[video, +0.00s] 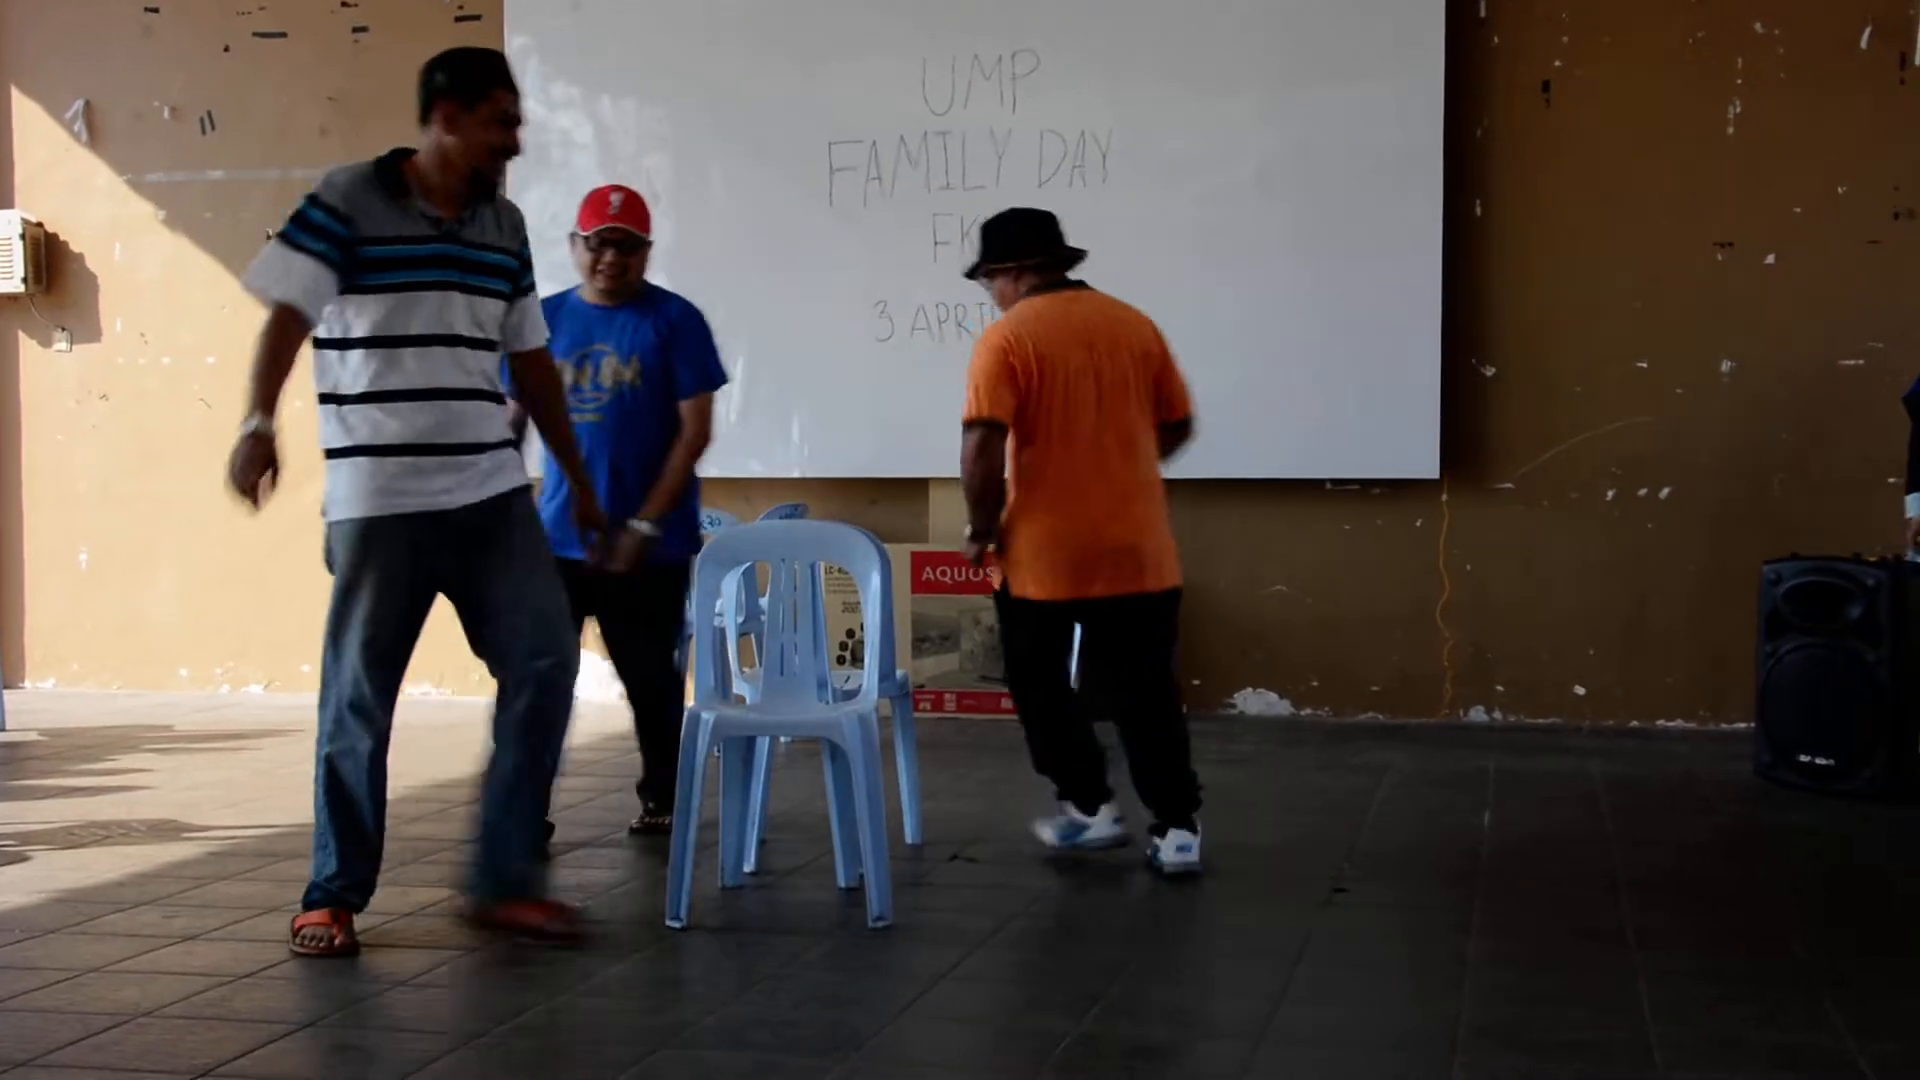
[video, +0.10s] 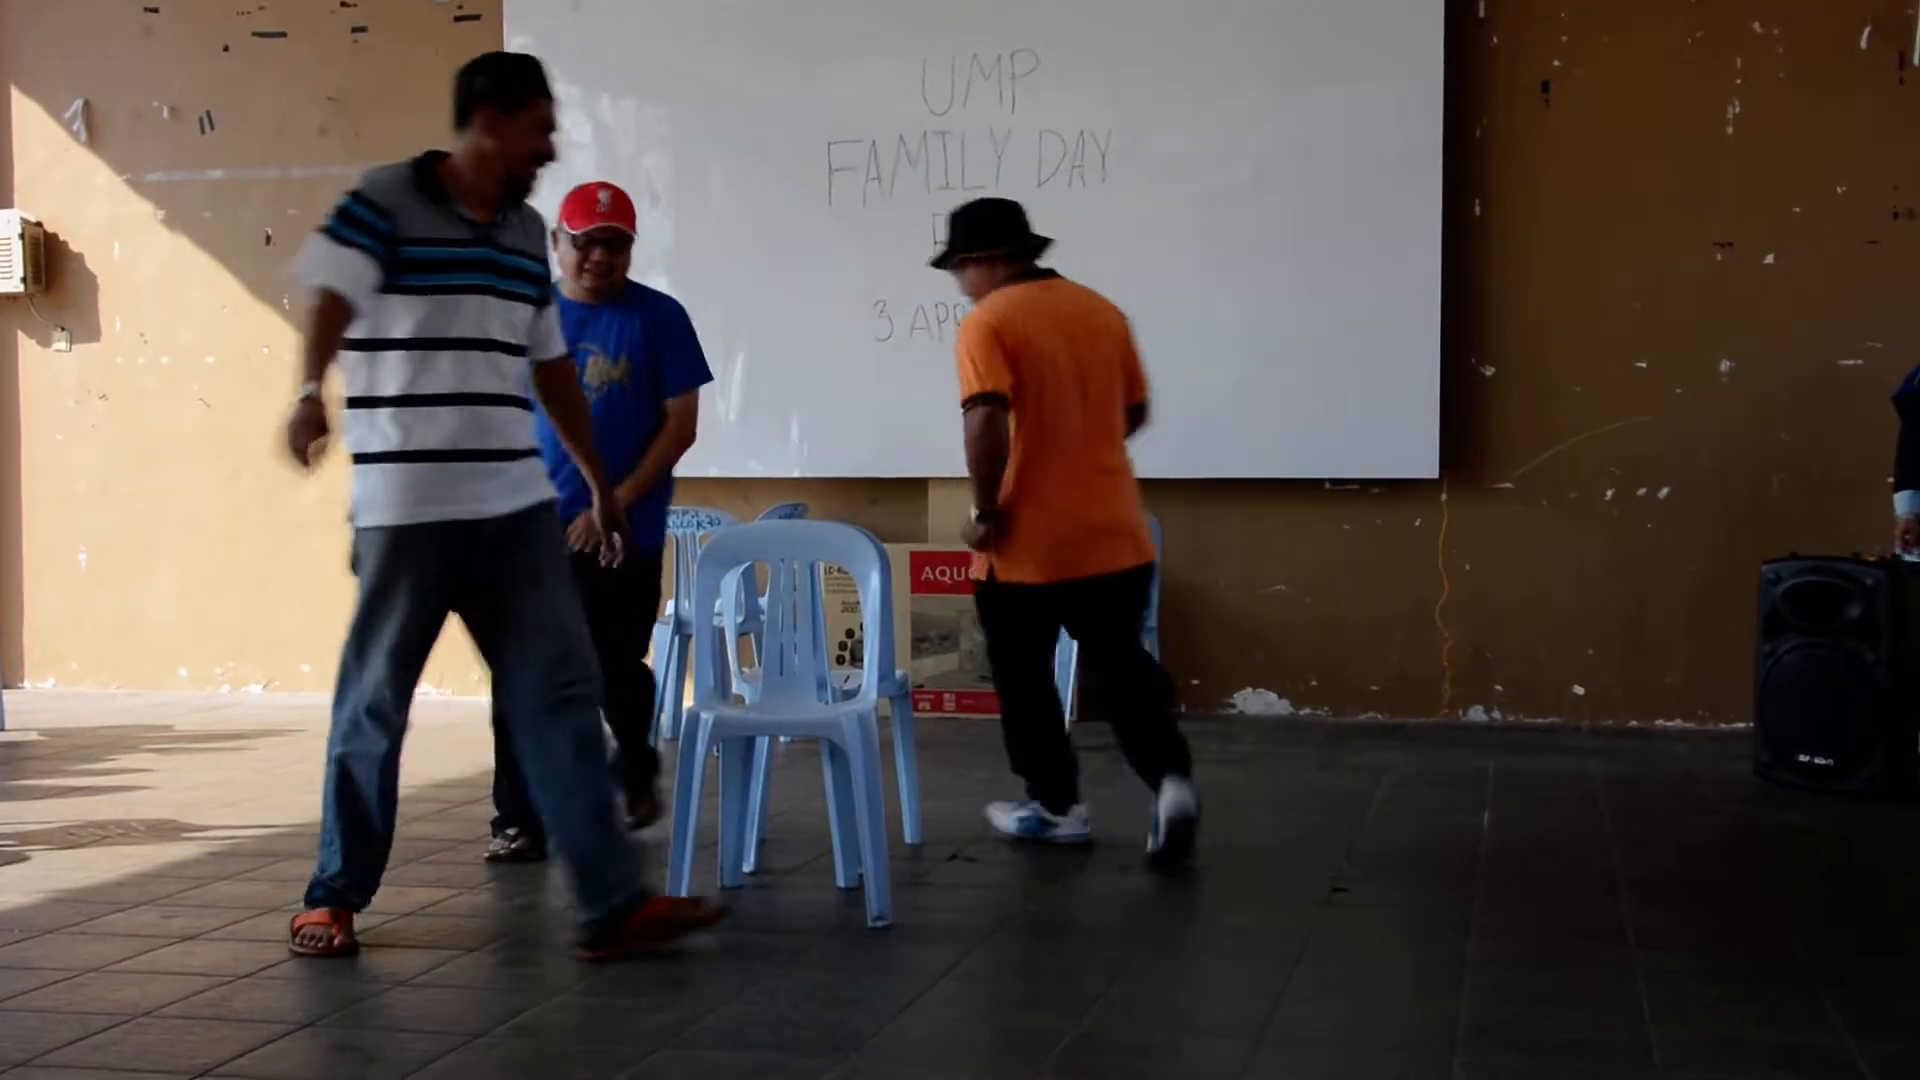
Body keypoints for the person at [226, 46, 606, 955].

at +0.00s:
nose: (513, 143)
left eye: (517, 127)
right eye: (501, 126)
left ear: (483, 125)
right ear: (443, 116)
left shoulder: (502, 223)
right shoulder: (349, 201)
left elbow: (530, 360)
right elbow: (287, 317)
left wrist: (579, 478)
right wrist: (257, 423)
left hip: (492, 501)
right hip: (380, 504)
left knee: (544, 663)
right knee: (356, 704)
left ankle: (508, 884)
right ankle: (333, 895)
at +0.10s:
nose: (549, 152)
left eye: (552, 134)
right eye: (538, 132)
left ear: (506, 127)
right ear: (485, 122)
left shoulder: (525, 231)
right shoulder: (383, 202)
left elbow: (551, 366)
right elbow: (328, 302)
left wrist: (600, 480)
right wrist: (310, 391)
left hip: (515, 510)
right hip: (403, 511)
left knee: (563, 692)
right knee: (372, 709)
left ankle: (614, 902)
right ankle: (333, 898)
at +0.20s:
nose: (590, 154)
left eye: (594, 138)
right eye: (583, 134)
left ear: (558, 127)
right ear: (535, 119)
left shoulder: (566, 243)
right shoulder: (443, 197)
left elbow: (581, 376)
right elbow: (385, 288)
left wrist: (602, 488)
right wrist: (389, 381)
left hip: (559, 504)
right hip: (453, 503)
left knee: (606, 701)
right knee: (400, 703)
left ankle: (643, 913)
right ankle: (333, 893)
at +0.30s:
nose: (643, 146)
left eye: (645, 129)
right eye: (635, 127)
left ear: (600, 121)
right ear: (587, 119)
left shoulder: (602, 223)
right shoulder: (501, 198)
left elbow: (590, 350)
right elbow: (443, 303)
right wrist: (472, 397)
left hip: (616, 510)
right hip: (523, 514)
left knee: (661, 699)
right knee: (463, 696)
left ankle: (648, 913)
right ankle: (344, 874)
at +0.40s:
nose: (699, 153)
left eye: (699, 134)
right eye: (691, 132)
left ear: (654, 125)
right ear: (648, 123)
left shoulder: (638, 223)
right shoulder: (566, 198)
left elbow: (626, 362)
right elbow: (512, 320)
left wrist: (671, 478)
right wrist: (549, 446)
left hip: (662, 512)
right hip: (586, 512)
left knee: (700, 708)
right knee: (556, 708)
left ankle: (648, 913)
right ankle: (408, 838)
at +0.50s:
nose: (587, 228)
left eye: (599, 216)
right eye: (576, 213)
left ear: (611, 224)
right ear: (546, 214)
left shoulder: (616, 304)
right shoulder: (493, 295)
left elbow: (643, 413)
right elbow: (459, 407)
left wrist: (635, 507)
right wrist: (481, 507)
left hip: (593, 535)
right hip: (508, 533)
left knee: (579, 691)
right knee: (482, 679)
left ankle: (559, 830)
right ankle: (510, 813)